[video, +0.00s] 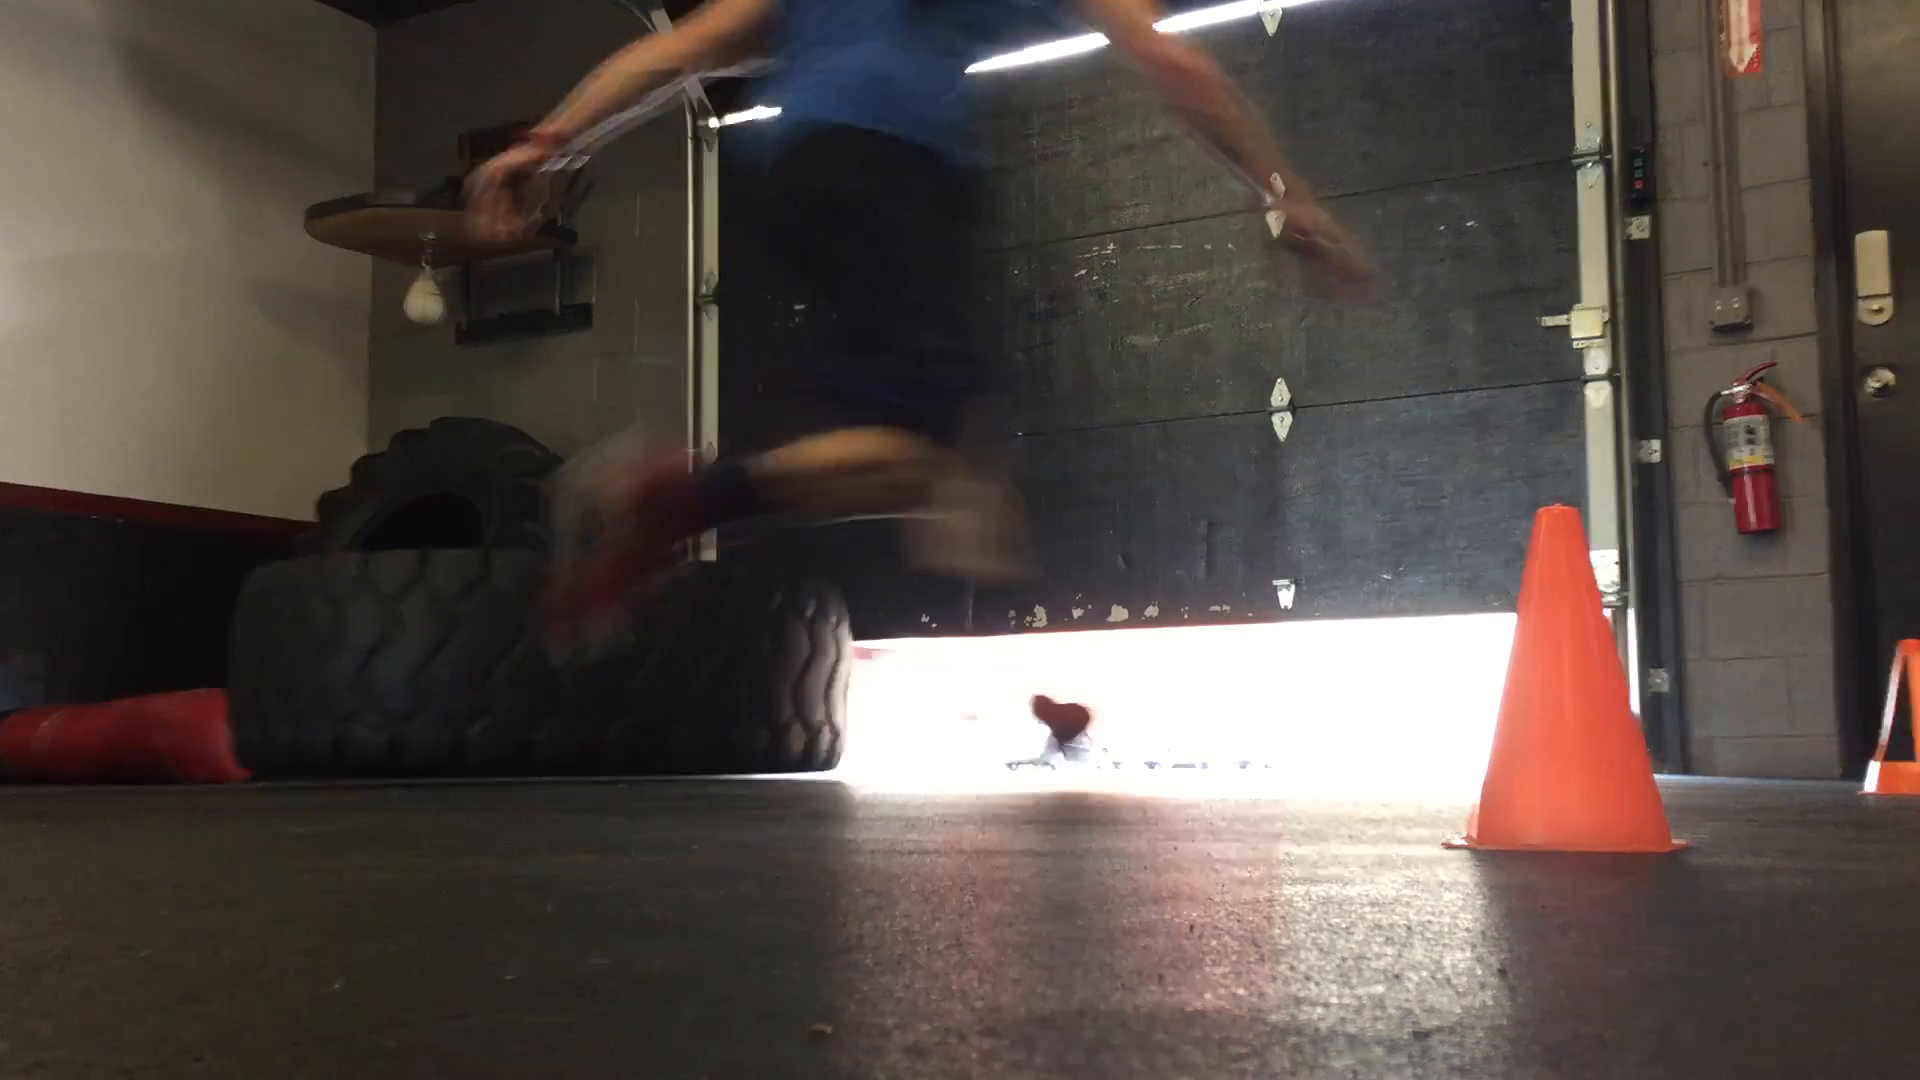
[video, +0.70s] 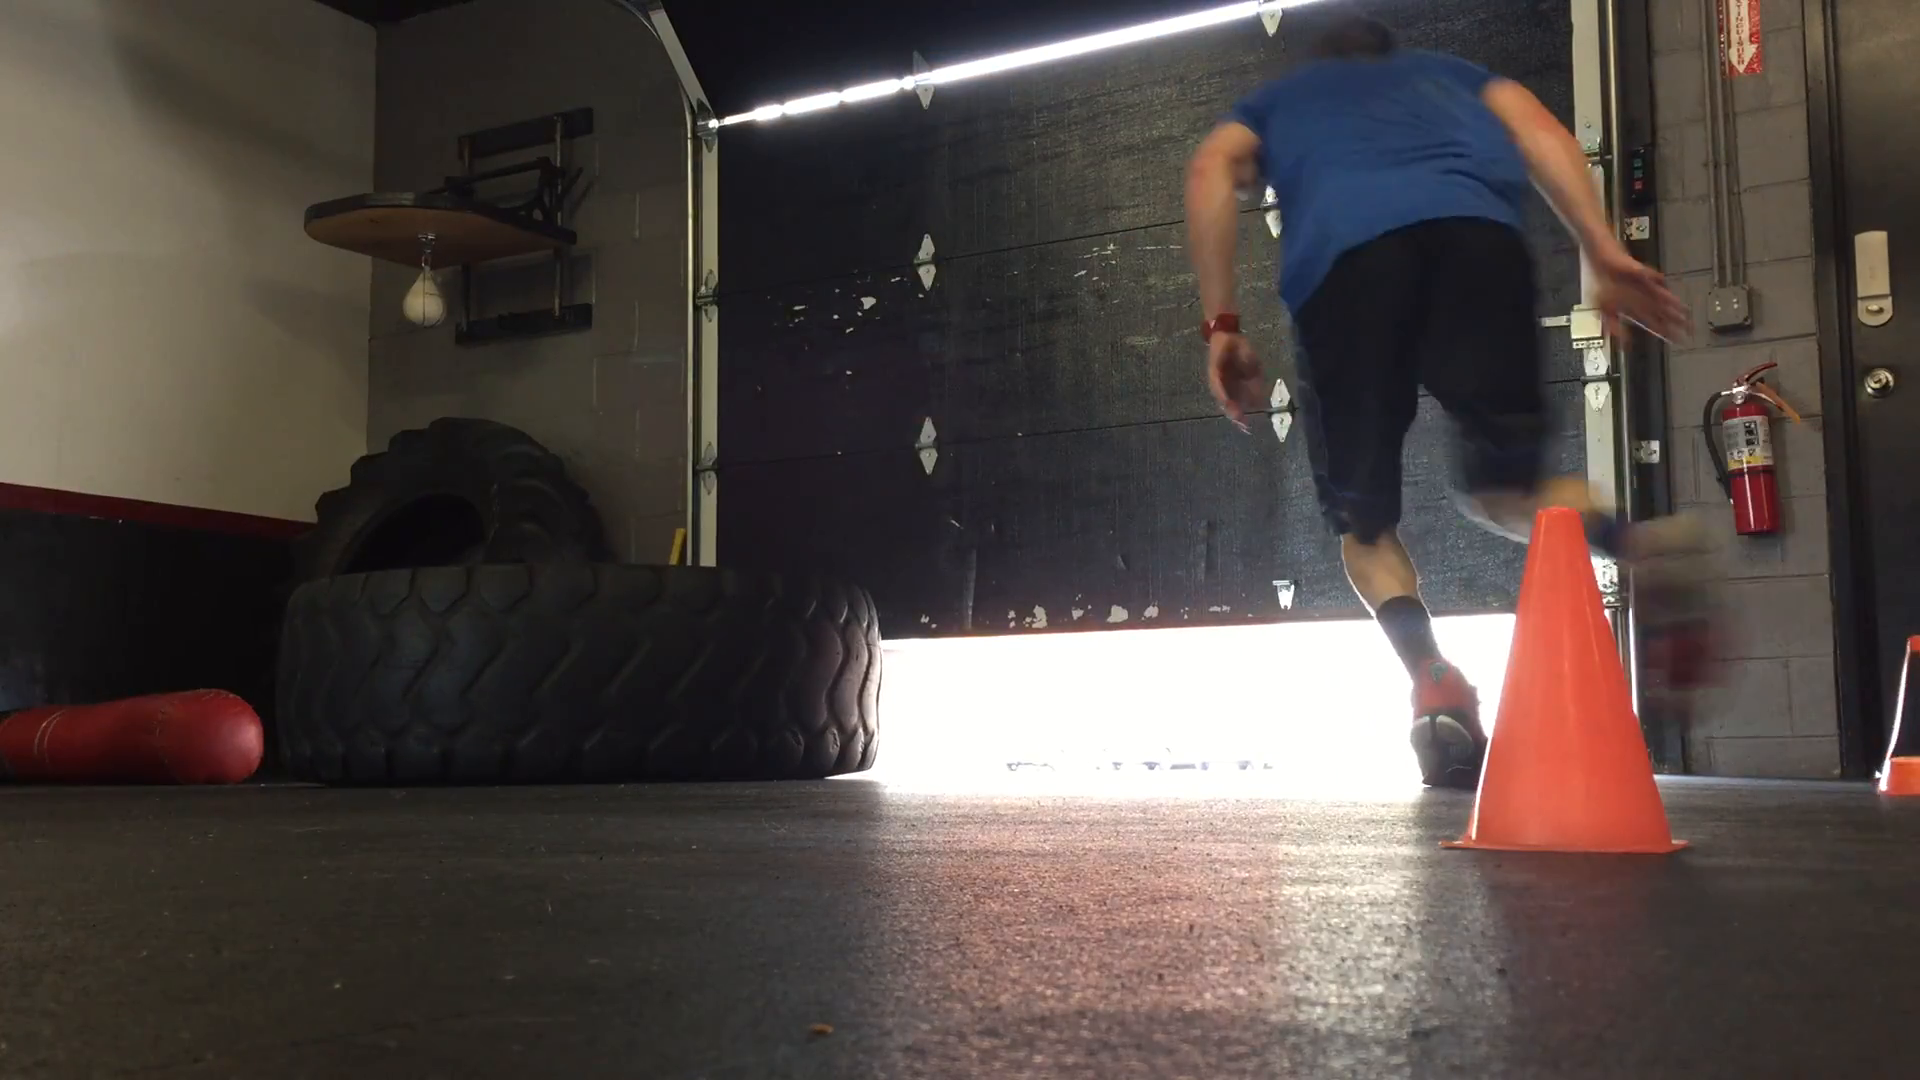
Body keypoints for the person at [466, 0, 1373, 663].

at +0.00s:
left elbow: (678, 43)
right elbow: (1170, 61)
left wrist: (543, 142)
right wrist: (1281, 185)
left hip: (775, 167)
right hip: (895, 161)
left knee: (941, 452)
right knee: (912, 448)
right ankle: (702, 493)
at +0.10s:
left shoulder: (995, 19)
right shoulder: (1215, 16)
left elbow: (868, 86)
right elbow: (1356, 160)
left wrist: (734, 158)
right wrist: (1489, 284)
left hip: (981, 249)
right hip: (1096, 216)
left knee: (1183, 505)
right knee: (1275, 469)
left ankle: (1330, 700)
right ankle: (1061, 462)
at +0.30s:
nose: (1570, 180)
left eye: (1566, 165)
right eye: (1563, 164)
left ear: (1465, 144)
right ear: (1526, 146)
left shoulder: (1349, 197)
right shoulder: (1552, 208)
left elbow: (1203, 267)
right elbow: (1680, 392)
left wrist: (1110, 403)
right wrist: (1795, 526)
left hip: (1322, 426)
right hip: (1467, 389)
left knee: (1385, 492)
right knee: (1722, 499)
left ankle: (1427, 700)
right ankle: (1880, 650)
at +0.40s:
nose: (1613, 216)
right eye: (1613, 204)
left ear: (1514, 185)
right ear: (1603, 194)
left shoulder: (1421, 233)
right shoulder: (1626, 227)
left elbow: (1310, 298)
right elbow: (1729, 405)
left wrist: (1230, 397)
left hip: (1405, 411)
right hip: (1571, 378)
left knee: (1415, 500)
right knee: (1807, 522)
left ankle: (1446, 696)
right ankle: (1902, 653)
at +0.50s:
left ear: (1469, 153)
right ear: (1557, 158)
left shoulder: (1400, 192)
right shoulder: (1589, 182)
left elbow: (1305, 237)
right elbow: (1682, 316)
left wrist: (1261, 335)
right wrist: (1782, 460)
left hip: (1405, 347)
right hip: (1561, 318)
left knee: (1403, 497)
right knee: (1768, 515)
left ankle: (1440, 684)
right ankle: (1900, 647)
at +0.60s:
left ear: (1374, 102)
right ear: (1462, 89)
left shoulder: (1335, 131)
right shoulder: (1509, 112)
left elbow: (1257, 186)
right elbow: (1605, 201)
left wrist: (1246, 306)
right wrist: (1699, 345)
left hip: (1380, 298)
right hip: (1520, 262)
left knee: (1371, 501)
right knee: (1653, 486)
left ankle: (1432, 676)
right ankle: (1842, 595)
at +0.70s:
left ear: (1304, 57)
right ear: (1387, 43)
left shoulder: (1275, 96)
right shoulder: (1445, 69)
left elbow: (1211, 165)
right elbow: (1538, 126)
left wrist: (1222, 323)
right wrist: (1602, 247)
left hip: (1351, 274)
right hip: (1482, 250)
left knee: (1365, 524)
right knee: (1502, 485)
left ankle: (1432, 680)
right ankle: (1631, 535)